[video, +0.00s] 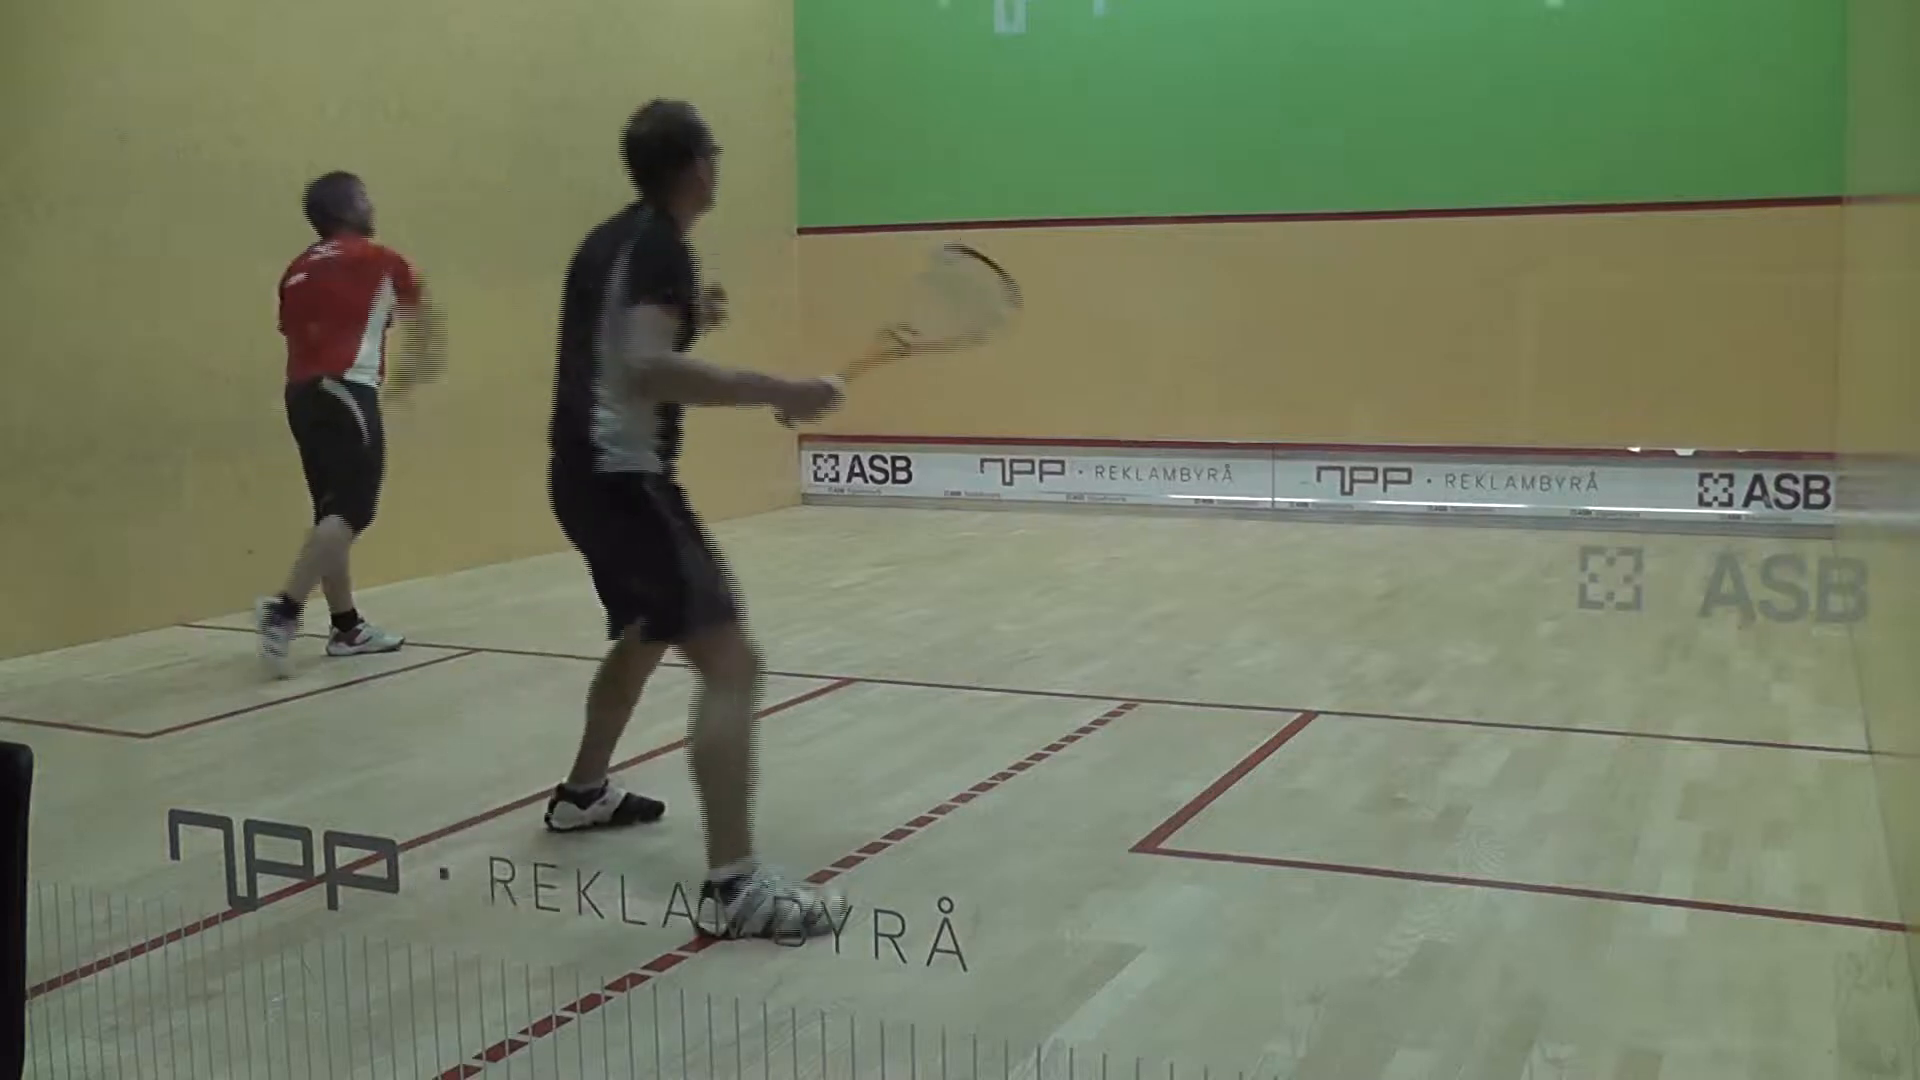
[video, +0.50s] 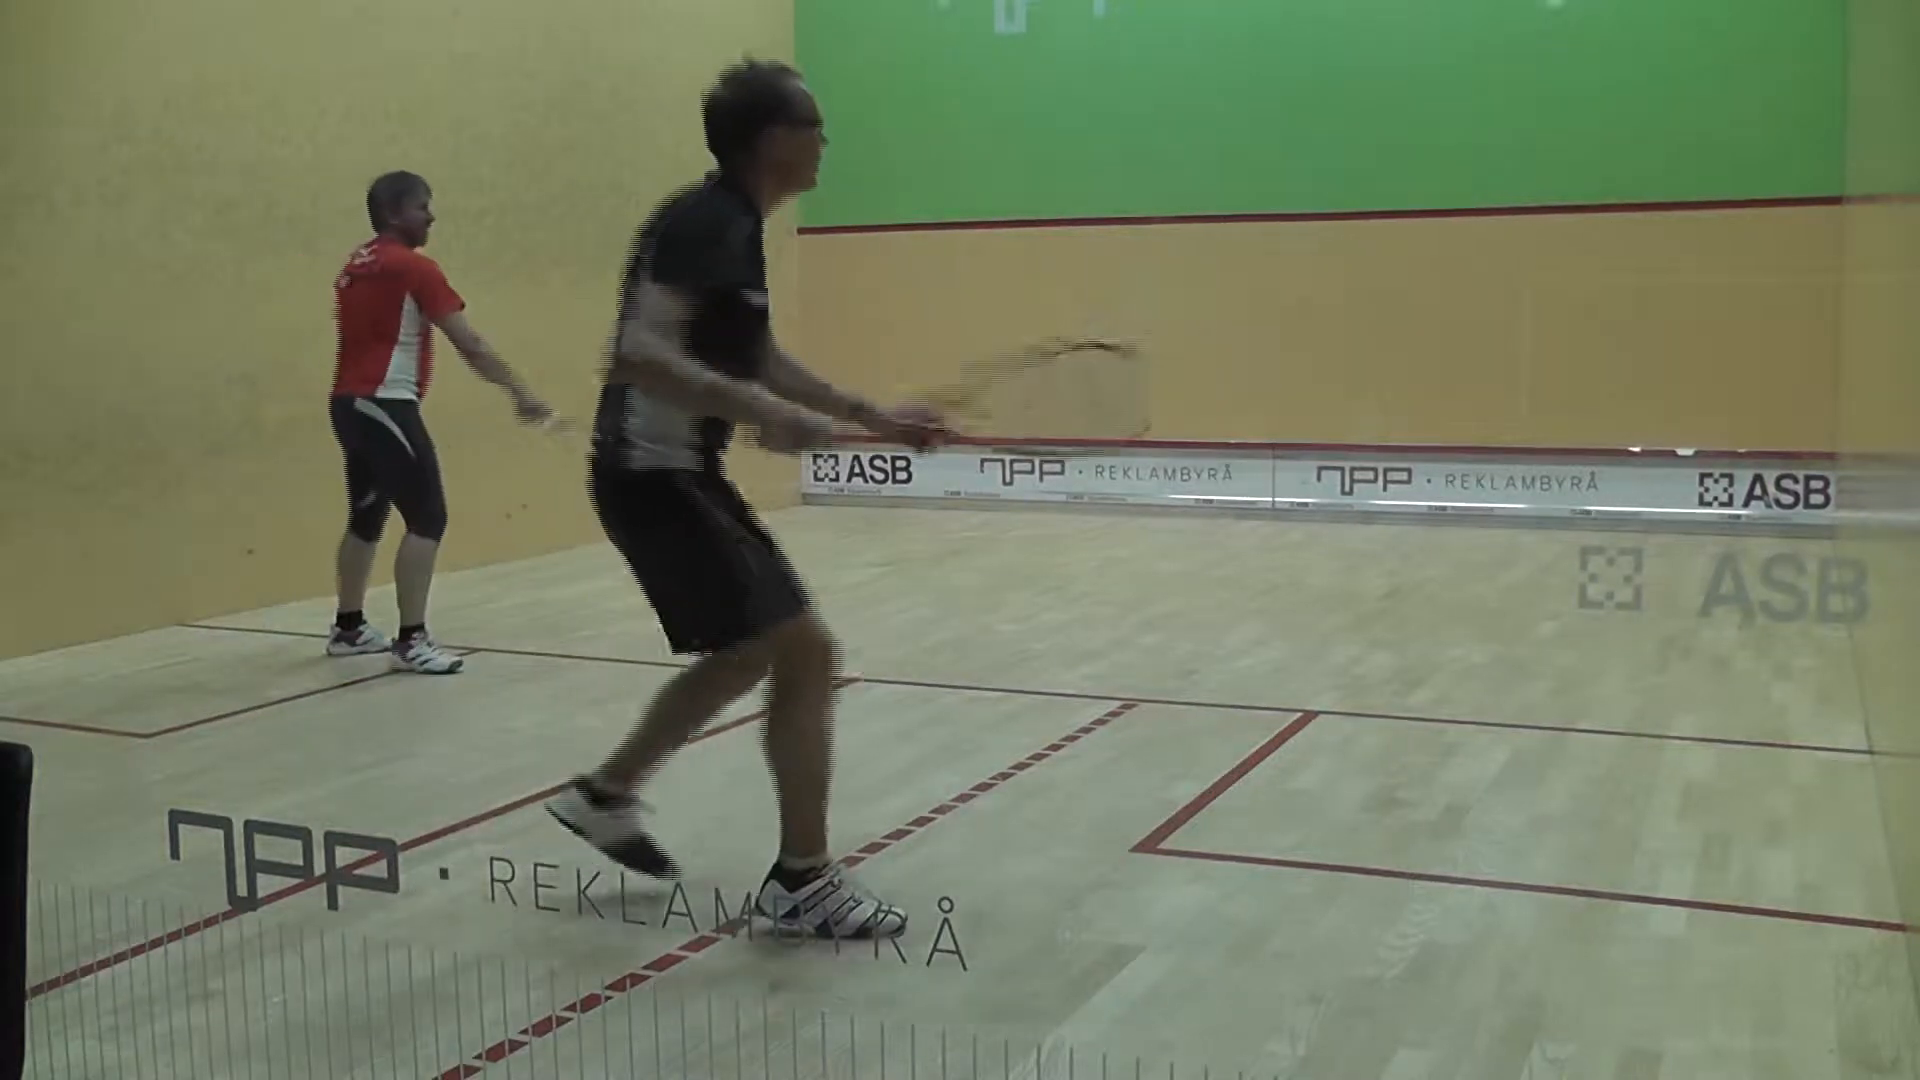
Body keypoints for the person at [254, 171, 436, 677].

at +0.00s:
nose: (372, 205)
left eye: (367, 196)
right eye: (364, 198)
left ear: (321, 218)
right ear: (353, 209)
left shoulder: (297, 269)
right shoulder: (384, 261)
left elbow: (294, 334)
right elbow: (422, 318)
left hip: (300, 393)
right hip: (346, 390)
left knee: (330, 510)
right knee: (353, 509)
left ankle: (346, 627)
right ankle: (282, 610)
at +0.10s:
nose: (397, 224)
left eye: (394, 215)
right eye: (392, 216)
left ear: (345, 225)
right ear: (378, 223)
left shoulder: (307, 266)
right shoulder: (400, 278)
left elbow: (283, 340)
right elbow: (390, 355)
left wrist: (336, 333)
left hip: (308, 391)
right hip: (357, 389)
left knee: (337, 505)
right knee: (372, 499)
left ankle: (347, 624)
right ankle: (330, 610)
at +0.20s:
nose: (407, 230)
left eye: (405, 221)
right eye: (403, 222)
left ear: (355, 226)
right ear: (391, 226)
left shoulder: (313, 265)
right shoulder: (407, 278)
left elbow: (280, 333)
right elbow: (404, 358)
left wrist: (332, 341)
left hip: (312, 391)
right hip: (364, 389)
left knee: (338, 511)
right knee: (378, 502)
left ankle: (342, 626)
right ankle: (366, 611)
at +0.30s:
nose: (417, 225)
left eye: (415, 215)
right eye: (412, 216)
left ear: (366, 222)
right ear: (394, 220)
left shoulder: (324, 265)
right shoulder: (412, 274)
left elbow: (290, 331)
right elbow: (433, 357)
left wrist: (319, 355)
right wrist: (430, 414)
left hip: (318, 394)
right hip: (368, 392)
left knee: (343, 508)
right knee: (404, 501)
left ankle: (345, 627)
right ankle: (407, 617)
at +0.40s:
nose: (423, 219)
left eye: (421, 210)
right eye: (416, 210)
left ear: (371, 217)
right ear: (393, 216)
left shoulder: (334, 264)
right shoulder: (415, 271)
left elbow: (310, 339)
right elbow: (447, 351)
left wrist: (349, 375)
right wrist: (472, 407)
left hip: (329, 398)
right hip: (376, 397)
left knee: (351, 509)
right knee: (419, 507)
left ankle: (346, 628)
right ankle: (417, 631)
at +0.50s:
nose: (431, 216)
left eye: (429, 207)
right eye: (422, 208)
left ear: (383, 216)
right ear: (395, 213)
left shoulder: (358, 263)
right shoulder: (414, 267)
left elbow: (370, 339)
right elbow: (470, 344)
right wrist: (519, 389)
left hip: (352, 404)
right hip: (387, 407)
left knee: (367, 516)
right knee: (427, 519)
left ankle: (348, 628)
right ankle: (412, 641)